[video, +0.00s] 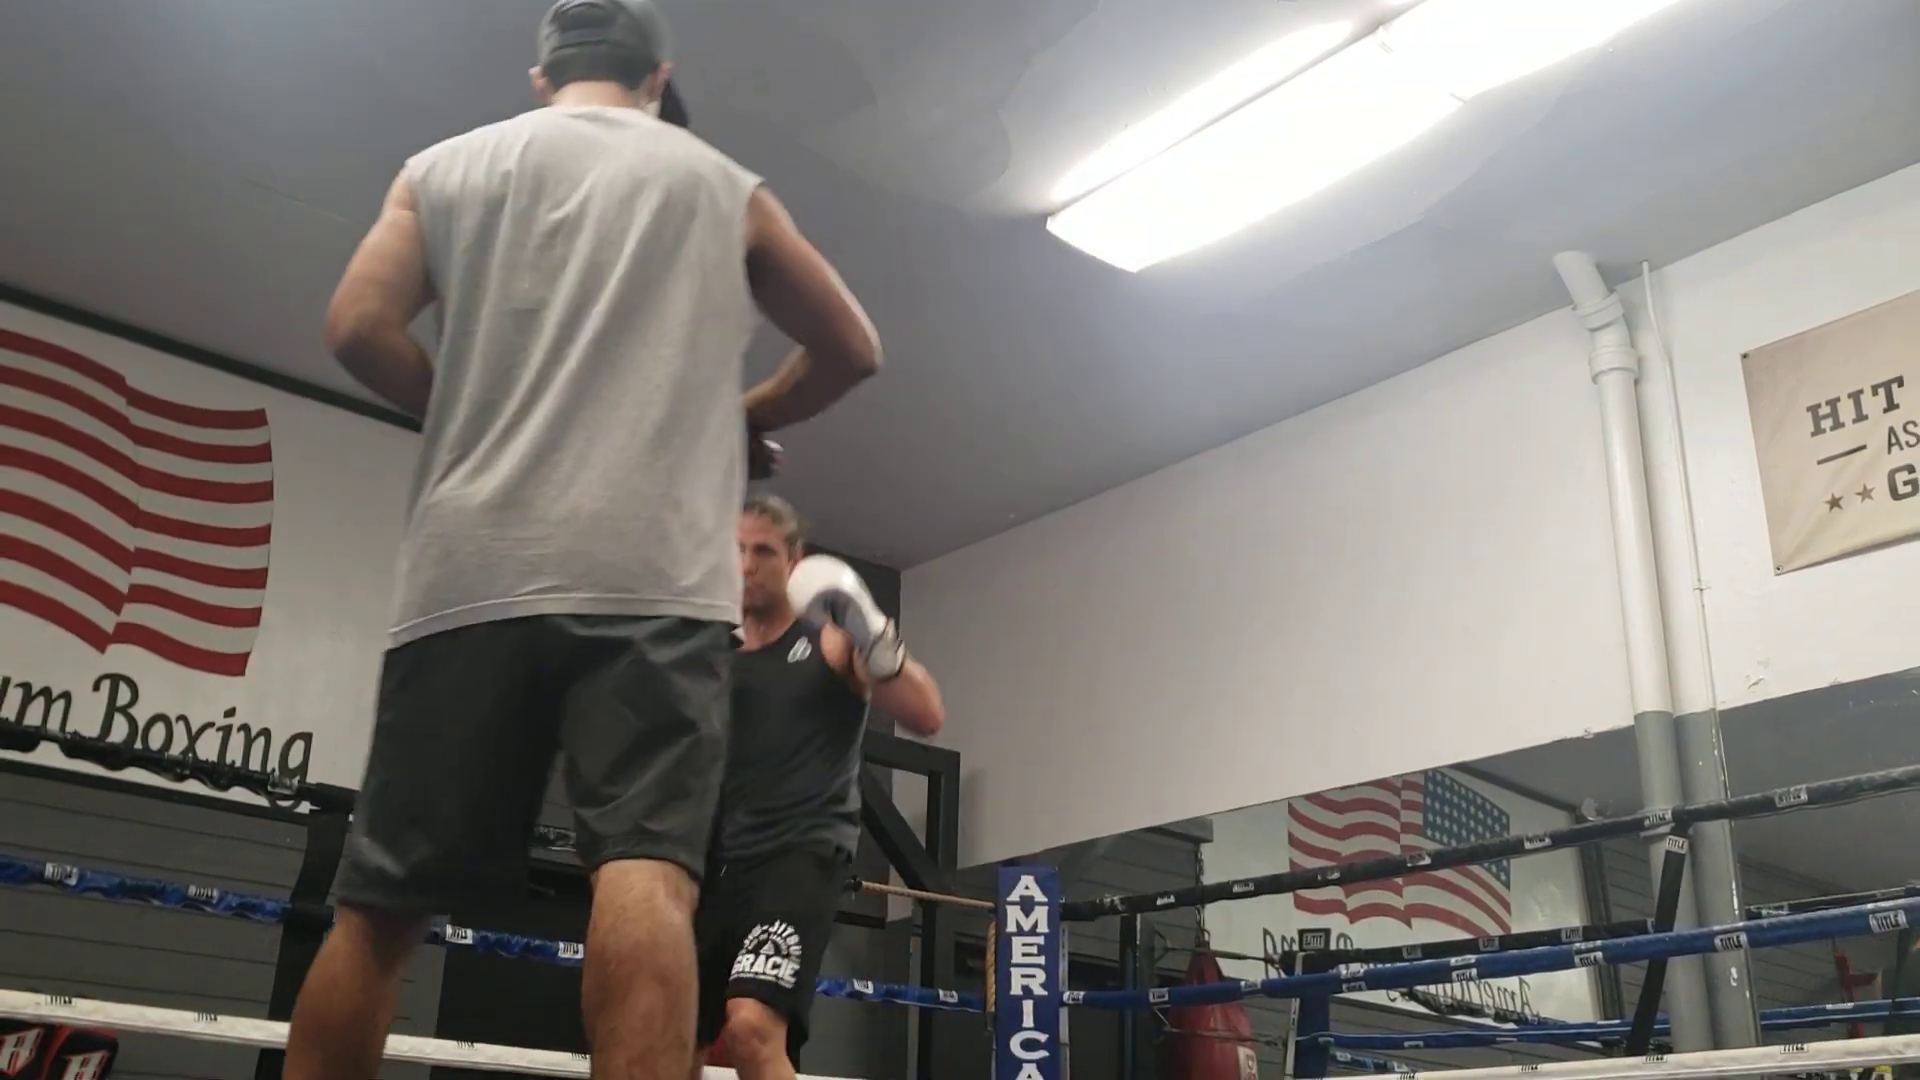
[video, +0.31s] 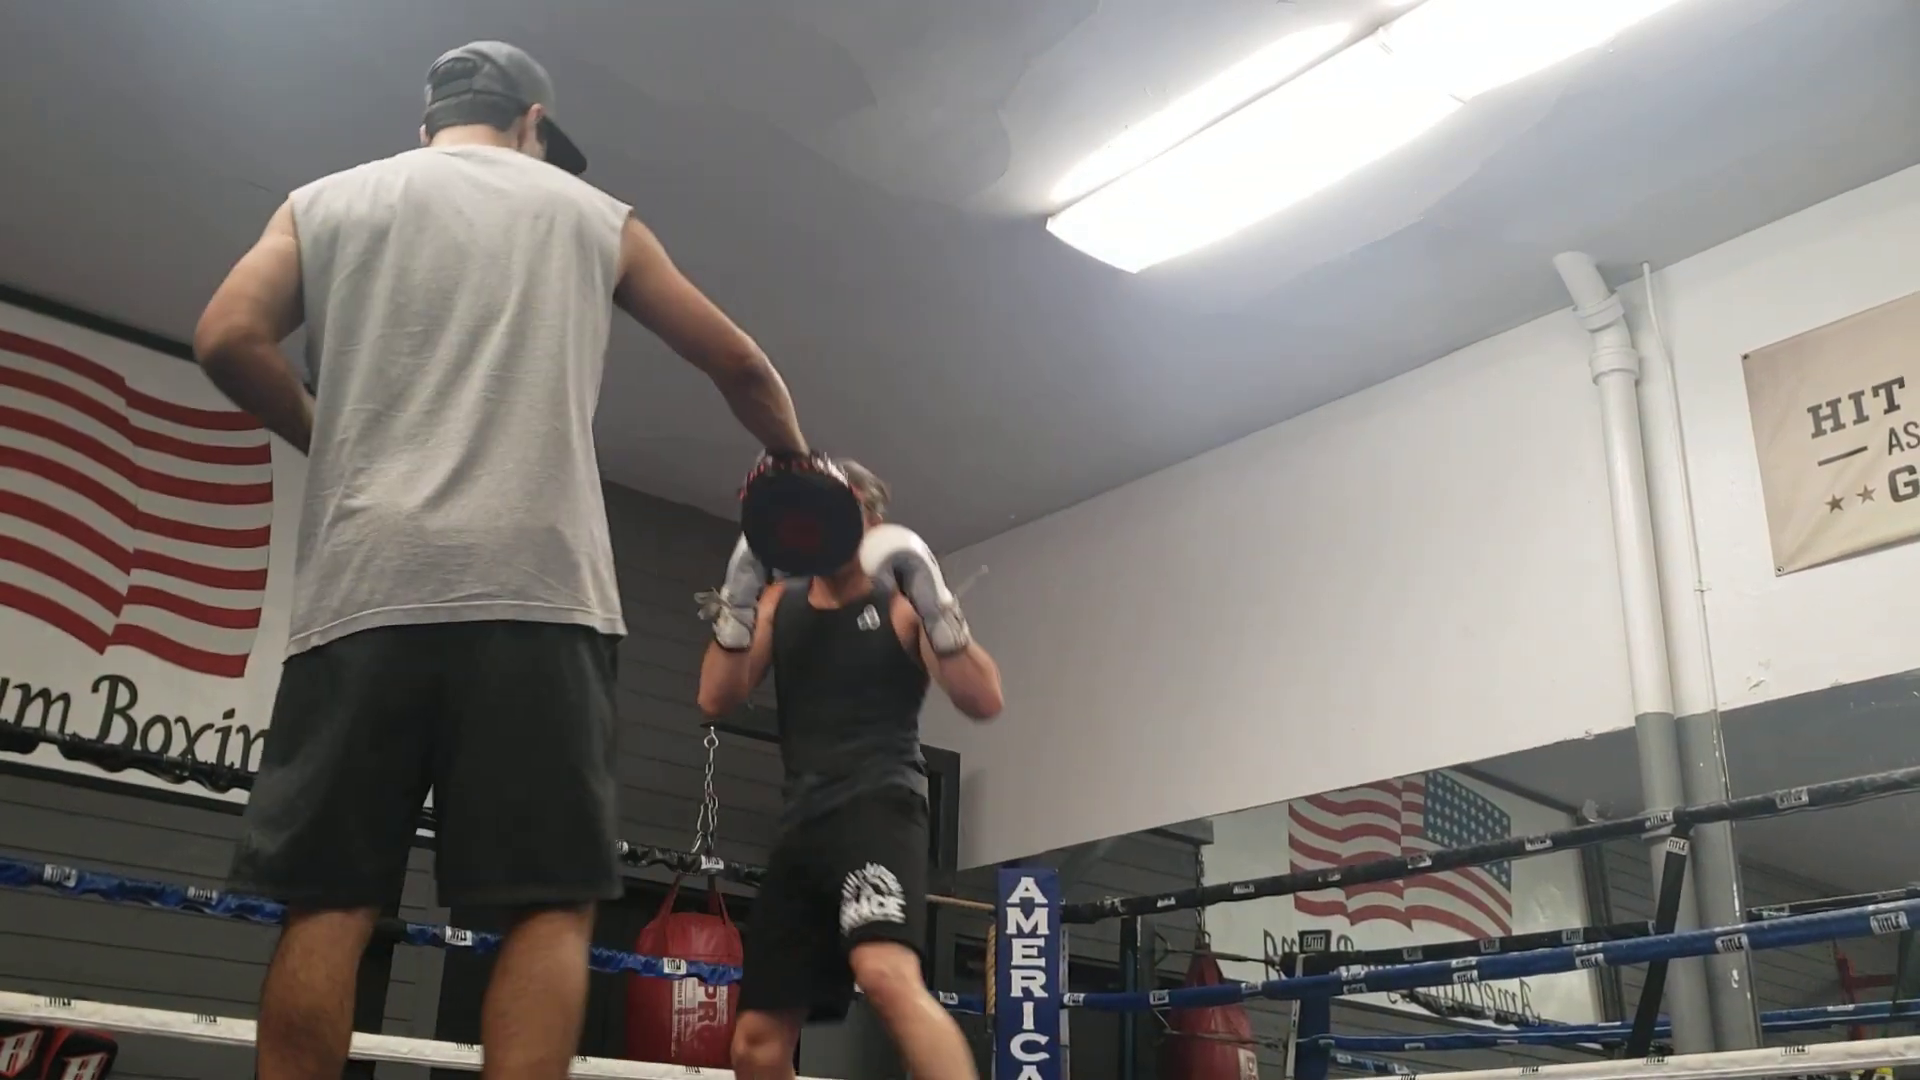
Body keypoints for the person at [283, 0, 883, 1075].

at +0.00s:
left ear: (537, 81)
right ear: (659, 83)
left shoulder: (442, 169)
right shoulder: (725, 184)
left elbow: (360, 325)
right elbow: (852, 347)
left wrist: (465, 411)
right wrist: (746, 419)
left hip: (466, 568)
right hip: (661, 578)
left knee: (378, 906)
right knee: (645, 873)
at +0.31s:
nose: (545, 147)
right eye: (547, 134)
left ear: (424, 125)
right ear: (531, 125)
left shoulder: (326, 202)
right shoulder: (587, 213)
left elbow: (225, 336)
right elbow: (743, 362)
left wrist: (325, 438)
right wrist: (796, 458)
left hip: (360, 596)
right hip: (541, 599)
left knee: (328, 904)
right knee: (549, 904)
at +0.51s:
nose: (545, 203)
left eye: (546, 190)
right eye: (546, 186)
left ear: (424, 161)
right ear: (517, 163)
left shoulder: (308, 245)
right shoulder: (560, 249)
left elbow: (217, 391)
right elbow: (675, 399)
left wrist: (322, 455)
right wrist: (728, 544)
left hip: (326, 617)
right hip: (498, 626)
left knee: (311, 906)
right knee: (473, 927)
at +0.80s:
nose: (608, 257)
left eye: (614, 234)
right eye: (609, 227)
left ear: (495, 197)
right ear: (572, 200)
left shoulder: (360, 290)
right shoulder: (576, 302)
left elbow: (273, 451)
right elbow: (585, 445)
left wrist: (391, 457)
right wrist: (598, 628)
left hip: (303, 643)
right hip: (460, 665)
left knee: (296, 929)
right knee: (428, 963)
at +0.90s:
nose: (618, 264)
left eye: (624, 239)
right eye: (619, 232)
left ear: (514, 203)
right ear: (581, 205)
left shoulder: (378, 307)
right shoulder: (579, 305)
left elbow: (306, 465)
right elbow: (582, 452)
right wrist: (601, 643)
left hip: (318, 668)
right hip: (471, 680)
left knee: (289, 948)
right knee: (422, 973)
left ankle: (228, 1074)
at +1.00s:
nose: (622, 264)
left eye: (629, 240)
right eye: (623, 232)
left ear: (522, 207)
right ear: (581, 204)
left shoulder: (396, 323)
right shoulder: (573, 305)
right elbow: (585, 457)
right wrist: (624, 636)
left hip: (355, 688)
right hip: (480, 686)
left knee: (316, 961)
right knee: (425, 966)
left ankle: (231, 1071)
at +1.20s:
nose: (631, 266)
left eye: (637, 244)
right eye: (629, 237)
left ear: (547, 223)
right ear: (583, 215)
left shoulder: (470, 324)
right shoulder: (549, 302)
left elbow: (487, 508)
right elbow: (556, 446)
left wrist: (603, 476)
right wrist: (647, 598)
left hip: (435, 688)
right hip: (492, 689)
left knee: (439, 964)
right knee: (435, 968)